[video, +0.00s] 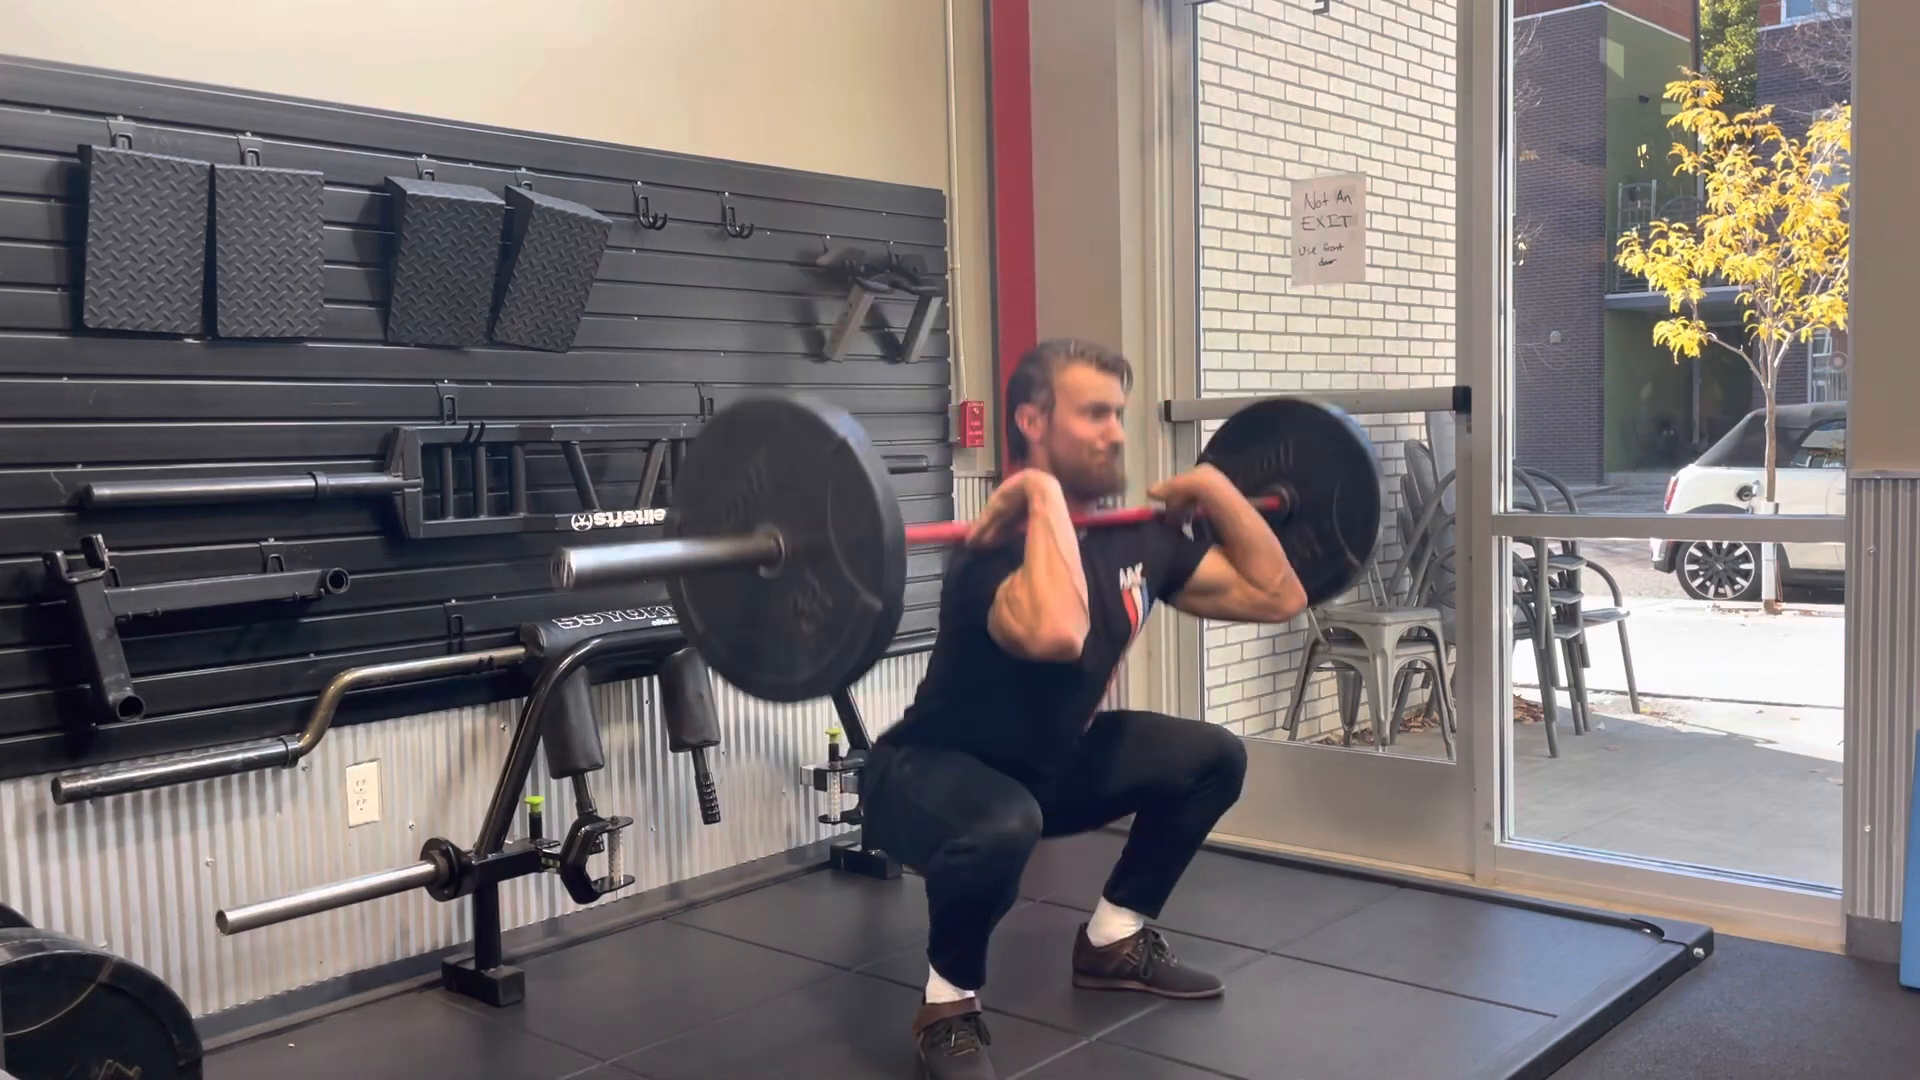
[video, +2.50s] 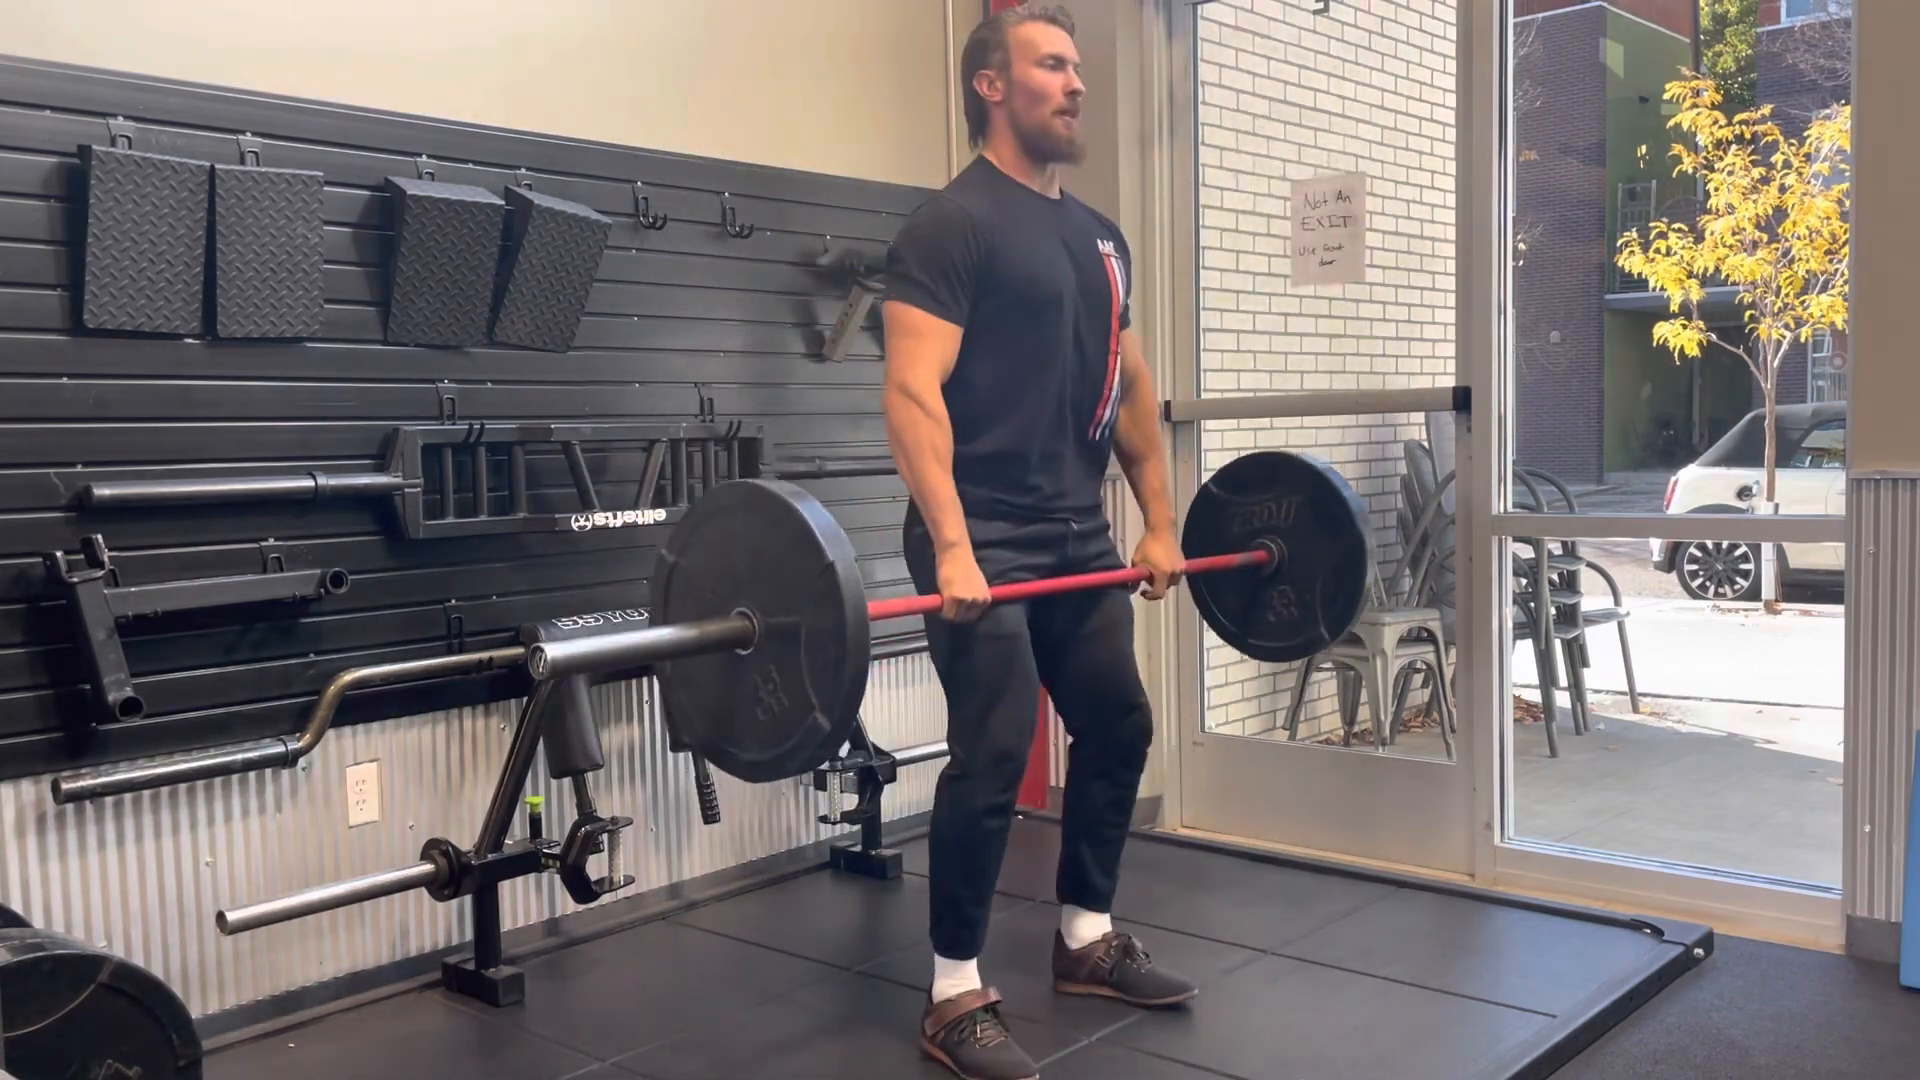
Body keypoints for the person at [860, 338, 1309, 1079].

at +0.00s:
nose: (1115, 434)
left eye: (1119, 415)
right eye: (1093, 413)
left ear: (1127, 423)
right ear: (1031, 423)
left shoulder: (1140, 540)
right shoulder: (994, 545)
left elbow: (1279, 598)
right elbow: (1056, 631)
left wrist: (1214, 487)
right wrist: (1045, 493)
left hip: (1051, 763)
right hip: (929, 767)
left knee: (1213, 759)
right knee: (1004, 821)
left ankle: (1112, 942)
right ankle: (949, 1007)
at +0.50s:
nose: (1119, 348)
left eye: (1123, 330)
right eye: (1099, 329)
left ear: (1126, 341)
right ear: (1036, 337)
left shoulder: (1138, 458)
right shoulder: (992, 455)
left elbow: (1280, 502)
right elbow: (1056, 525)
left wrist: (1210, 403)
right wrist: (1043, 392)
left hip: (1061, 702)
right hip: (946, 703)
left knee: (1222, 753)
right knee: (987, 826)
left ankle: (1113, 938)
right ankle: (947, 1000)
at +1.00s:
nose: (1101, 94)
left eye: (1105, 77)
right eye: (1081, 72)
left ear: (1103, 92)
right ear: (1020, 86)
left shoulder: (1133, 209)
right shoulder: (980, 198)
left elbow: (1276, 228)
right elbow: (1050, 198)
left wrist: (1181, 144)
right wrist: (1008, 100)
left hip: (1096, 526)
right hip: (990, 529)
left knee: (1143, 725)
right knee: (993, 749)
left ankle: (1107, 940)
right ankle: (946, 997)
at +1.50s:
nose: (1100, 88)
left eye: (1106, 72)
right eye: (1082, 65)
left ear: (1102, 90)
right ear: (1020, 73)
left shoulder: (1128, 201)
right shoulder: (972, 186)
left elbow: (1264, 247)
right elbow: (1040, 226)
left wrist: (1191, 145)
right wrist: (1009, 101)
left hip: (1106, 518)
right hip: (1004, 518)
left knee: (1115, 732)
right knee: (980, 745)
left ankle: (1105, 939)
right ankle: (946, 993)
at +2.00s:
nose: (1148, 151)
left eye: (1149, 136)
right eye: (1125, 134)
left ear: (1143, 159)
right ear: (1059, 157)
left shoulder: (1144, 293)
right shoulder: (998, 282)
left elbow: (1147, 404)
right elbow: (882, 399)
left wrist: (1170, 506)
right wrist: (964, 532)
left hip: (1052, 550)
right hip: (946, 556)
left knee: (1138, 731)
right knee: (1001, 754)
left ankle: (1089, 942)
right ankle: (956, 997)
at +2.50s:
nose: (1076, 82)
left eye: (1077, 67)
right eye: (1053, 64)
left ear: (1069, 91)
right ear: (989, 86)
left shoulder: (1097, 237)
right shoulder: (947, 224)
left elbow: (1129, 388)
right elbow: (909, 397)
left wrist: (1159, 521)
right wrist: (950, 543)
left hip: (1074, 529)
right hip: (974, 533)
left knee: (1117, 725)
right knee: (994, 744)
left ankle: (1086, 939)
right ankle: (956, 993)